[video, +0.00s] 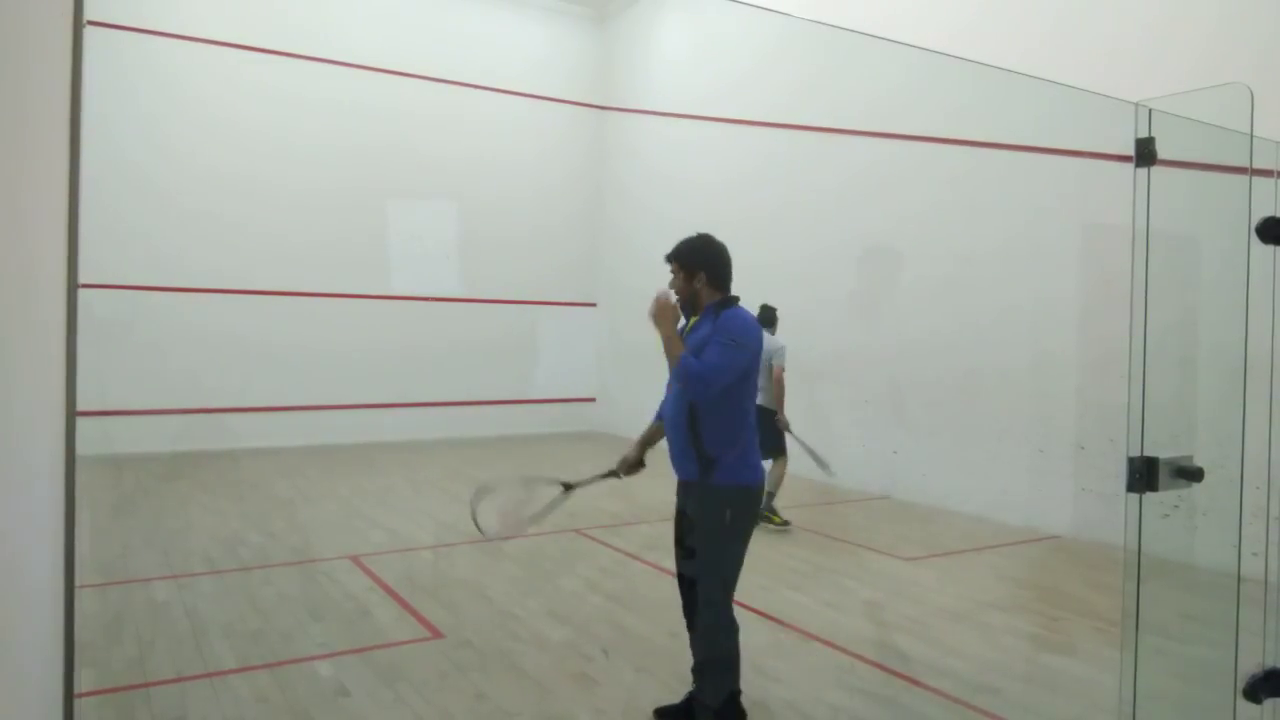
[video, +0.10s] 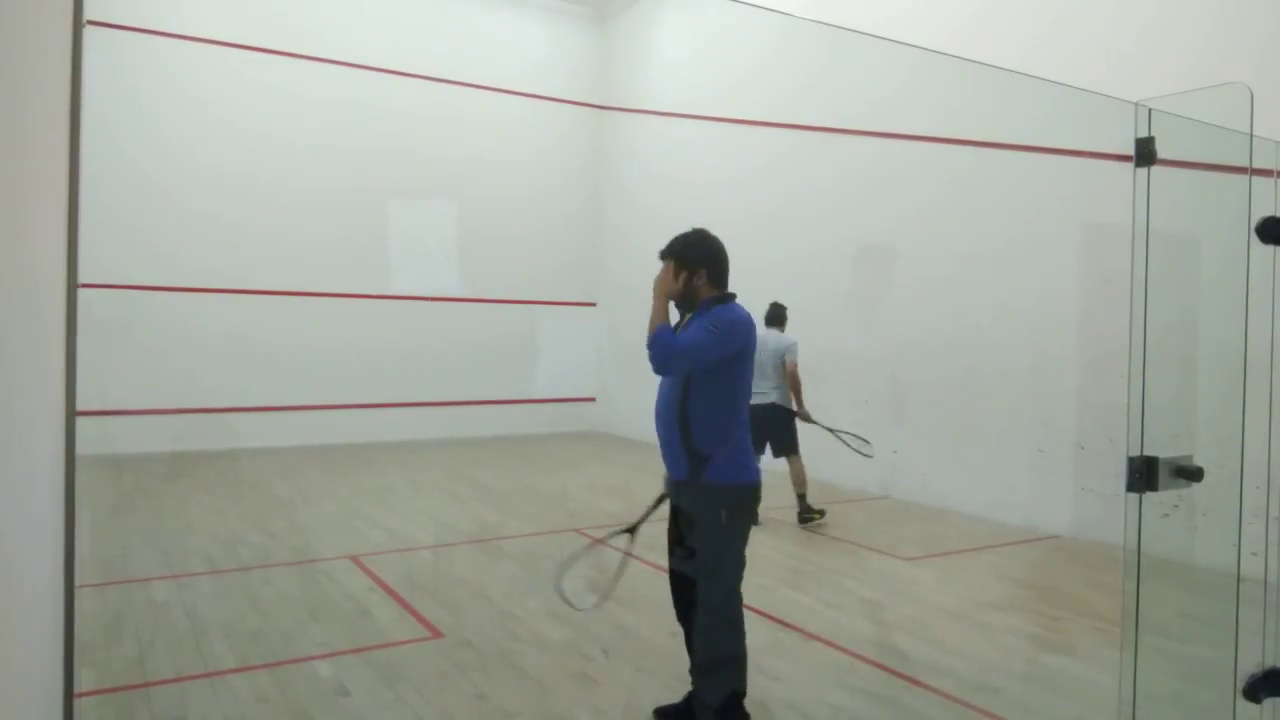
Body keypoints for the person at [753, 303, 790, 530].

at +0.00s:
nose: (777, 326)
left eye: (773, 322)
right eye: (776, 323)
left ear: (757, 321)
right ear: (774, 323)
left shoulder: (745, 340)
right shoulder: (775, 345)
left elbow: (737, 376)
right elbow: (777, 378)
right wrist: (780, 413)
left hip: (742, 406)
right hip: (763, 408)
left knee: (746, 456)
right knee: (780, 458)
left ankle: (743, 502)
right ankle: (767, 505)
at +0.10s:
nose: (785, 322)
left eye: (782, 318)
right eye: (785, 319)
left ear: (765, 320)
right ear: (784, 321)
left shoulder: (752, 340)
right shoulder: (787, 342)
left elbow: (743, 374)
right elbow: (791, 372)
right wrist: (800, 405)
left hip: (752, 408)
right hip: (779, 409)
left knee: (751, 459)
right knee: (793, 457)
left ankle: (749, 510)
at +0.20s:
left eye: (780, 319)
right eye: (793, 319)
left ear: (775, 321)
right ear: (796, 322)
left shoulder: (763, 344)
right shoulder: (804, 345)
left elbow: (749, 368)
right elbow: (816, 379)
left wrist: (763, 386)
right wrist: (820, 409)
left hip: (767, 411)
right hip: (795, 411)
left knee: (758, 460)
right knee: (802, 460)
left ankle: (751, 510)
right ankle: (808, 511)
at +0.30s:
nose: (783, 321)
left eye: (783, 318)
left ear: (785, 319)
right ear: (804, 319)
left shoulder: (776, 342)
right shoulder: (815, 343)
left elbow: (764, 371)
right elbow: (828, 375)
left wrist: (766, 388)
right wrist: (834, 399)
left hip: (778, 412)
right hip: (805, 411)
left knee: (768, 458)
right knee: (807, 461)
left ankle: (768, 509)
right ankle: (809, 511)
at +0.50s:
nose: (773, 320)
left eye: (774, 316)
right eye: (775, 316)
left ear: (778, 319)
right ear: (797, 319)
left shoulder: (767, 344)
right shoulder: (808, 344)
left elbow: (753, 377)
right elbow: (822, 376)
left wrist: (754, 397)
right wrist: (840, 393)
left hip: (773, 412)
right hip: (801, 411)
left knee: (770, 460)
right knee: (804, 456)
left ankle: (770, 511)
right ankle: (811, 506)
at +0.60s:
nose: (807, 319)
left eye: (803, 315)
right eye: (806, 316)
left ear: (786, 320)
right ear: (806, 320)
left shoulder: (772, 346)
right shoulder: (812, 346)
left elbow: (761, 381)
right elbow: (824, 379)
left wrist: (762, 388)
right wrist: (857, 388)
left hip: (774, 413)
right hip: (803, 413)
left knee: (771, 460)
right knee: (809, 457)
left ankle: (771, 512)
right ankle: (818, 505)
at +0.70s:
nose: (824, 319)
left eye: (821, 315)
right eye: (823, 316)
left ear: (802, 318)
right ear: (821, 320)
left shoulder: (787, 343)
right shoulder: (821, 346)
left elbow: (776, 357)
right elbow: (829, 379)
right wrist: (864, 385)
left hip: (784, 409)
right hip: (811, 411)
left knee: (774, 455)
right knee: (813, 457)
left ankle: (769, 504)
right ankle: (818, 506)